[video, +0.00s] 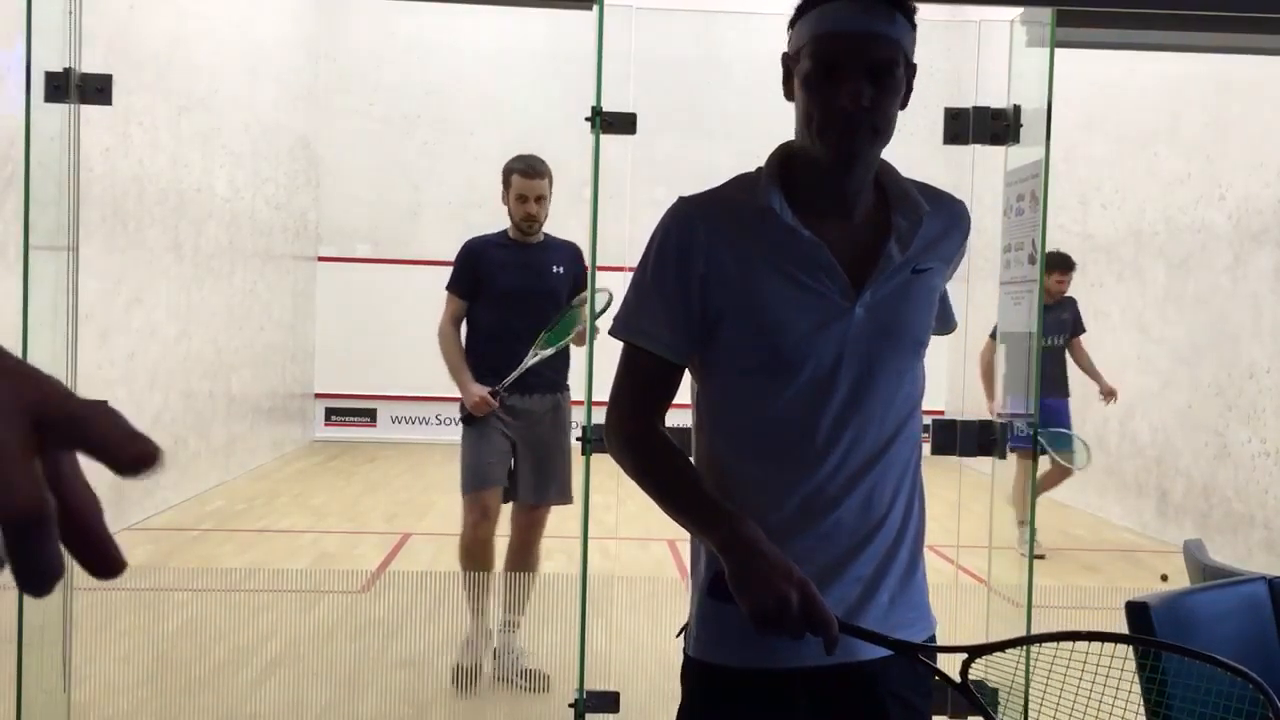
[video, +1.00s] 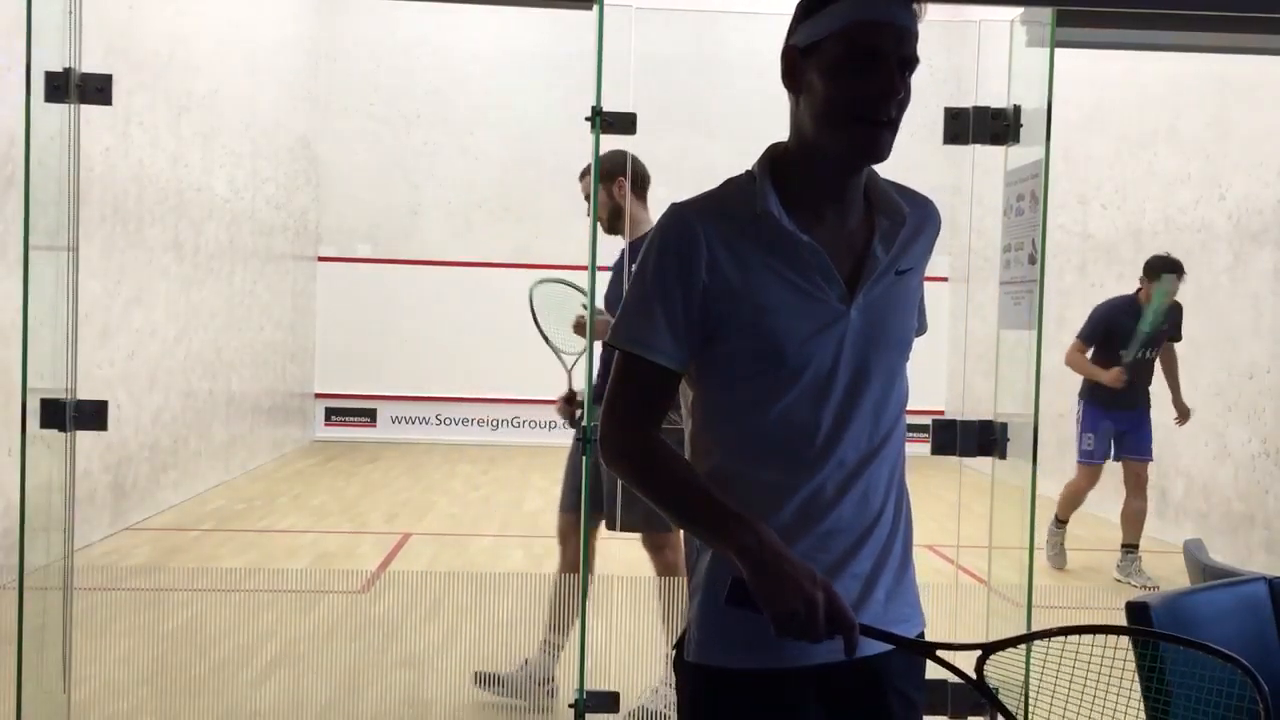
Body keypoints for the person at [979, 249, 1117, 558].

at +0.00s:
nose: (1064, 286)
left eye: (1068, 280)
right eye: (1059, 279)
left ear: (1070, 279)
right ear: (1042, 277)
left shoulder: (1068, 306)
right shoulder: (1020, 306)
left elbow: (1075, 348)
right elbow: (987, 352)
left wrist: (1101, 381)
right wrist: (991, 398)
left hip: (1056, 398)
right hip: (1022, 398)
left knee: (1064, 465)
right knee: (1026, 466)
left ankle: (1023, 496)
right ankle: (1025, 534)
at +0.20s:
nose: (1094, 293)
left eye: (1097, 288)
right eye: (1089, 287)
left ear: (1100, 286)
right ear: (1072, 281)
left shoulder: (1093, 310)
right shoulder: (1045, 314)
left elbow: (1086, 352)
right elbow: (1031, 369)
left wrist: (1079, 390)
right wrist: (1048, 412)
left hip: (1077, 401)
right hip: (1045, 403)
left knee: (1098, 462)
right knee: (1039, 469)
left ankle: (1088, 538)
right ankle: (1027, 533)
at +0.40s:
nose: (1136, 317)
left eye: (1139, 311)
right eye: (1131, 311)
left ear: (1141, 307)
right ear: (1112, 303)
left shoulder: (1125, 330)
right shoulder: (1085, 335)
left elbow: (1107, 371)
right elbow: (1083, 394)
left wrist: (1106, 410)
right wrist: (1099, 442)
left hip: (1105, 412)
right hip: (1069, 415)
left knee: (1122, 480)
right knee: (1059, 487)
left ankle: (1128, 560)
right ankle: (1032, 527)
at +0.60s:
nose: (1169, 341)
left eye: (1173, 335)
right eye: (1165, 335)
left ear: (1178, 328)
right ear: (1146, 324)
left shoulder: (1148, 335)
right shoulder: (1122, 354)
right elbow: (1119, 422)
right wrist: (1130, 472)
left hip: (1119, 411)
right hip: (1088, 417)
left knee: (1145, 482)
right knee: (1104, 493)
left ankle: (1130, 561)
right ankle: (1058, 528)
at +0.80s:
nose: (1184, 322)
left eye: (1187, 315)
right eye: (1180, 315)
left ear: (1167, 310)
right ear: (1158, 307)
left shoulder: (1163, 329)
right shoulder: (1121, 335)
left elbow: (1153, 358)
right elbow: (1096, 394)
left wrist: (1161, 395)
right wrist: (1137, 428)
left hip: (1131, 404)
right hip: (1097, 404)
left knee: (1144, 482)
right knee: (1122, 482)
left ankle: (1129, 562)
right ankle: (1068, 530)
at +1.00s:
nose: (1170, 296)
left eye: (1174, 289)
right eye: (1164, 289)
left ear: (1176, 289)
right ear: (1144, 284)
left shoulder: (1171, 312)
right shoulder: (1111, 311)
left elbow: (1167, 351)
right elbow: (1072, 357)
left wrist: (1177, 398)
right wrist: (1102, 374)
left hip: (1136, 407)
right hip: (1098, 405)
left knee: (1137, 482)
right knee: (1087, 478)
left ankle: (1128, 561)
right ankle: (1056, 529)